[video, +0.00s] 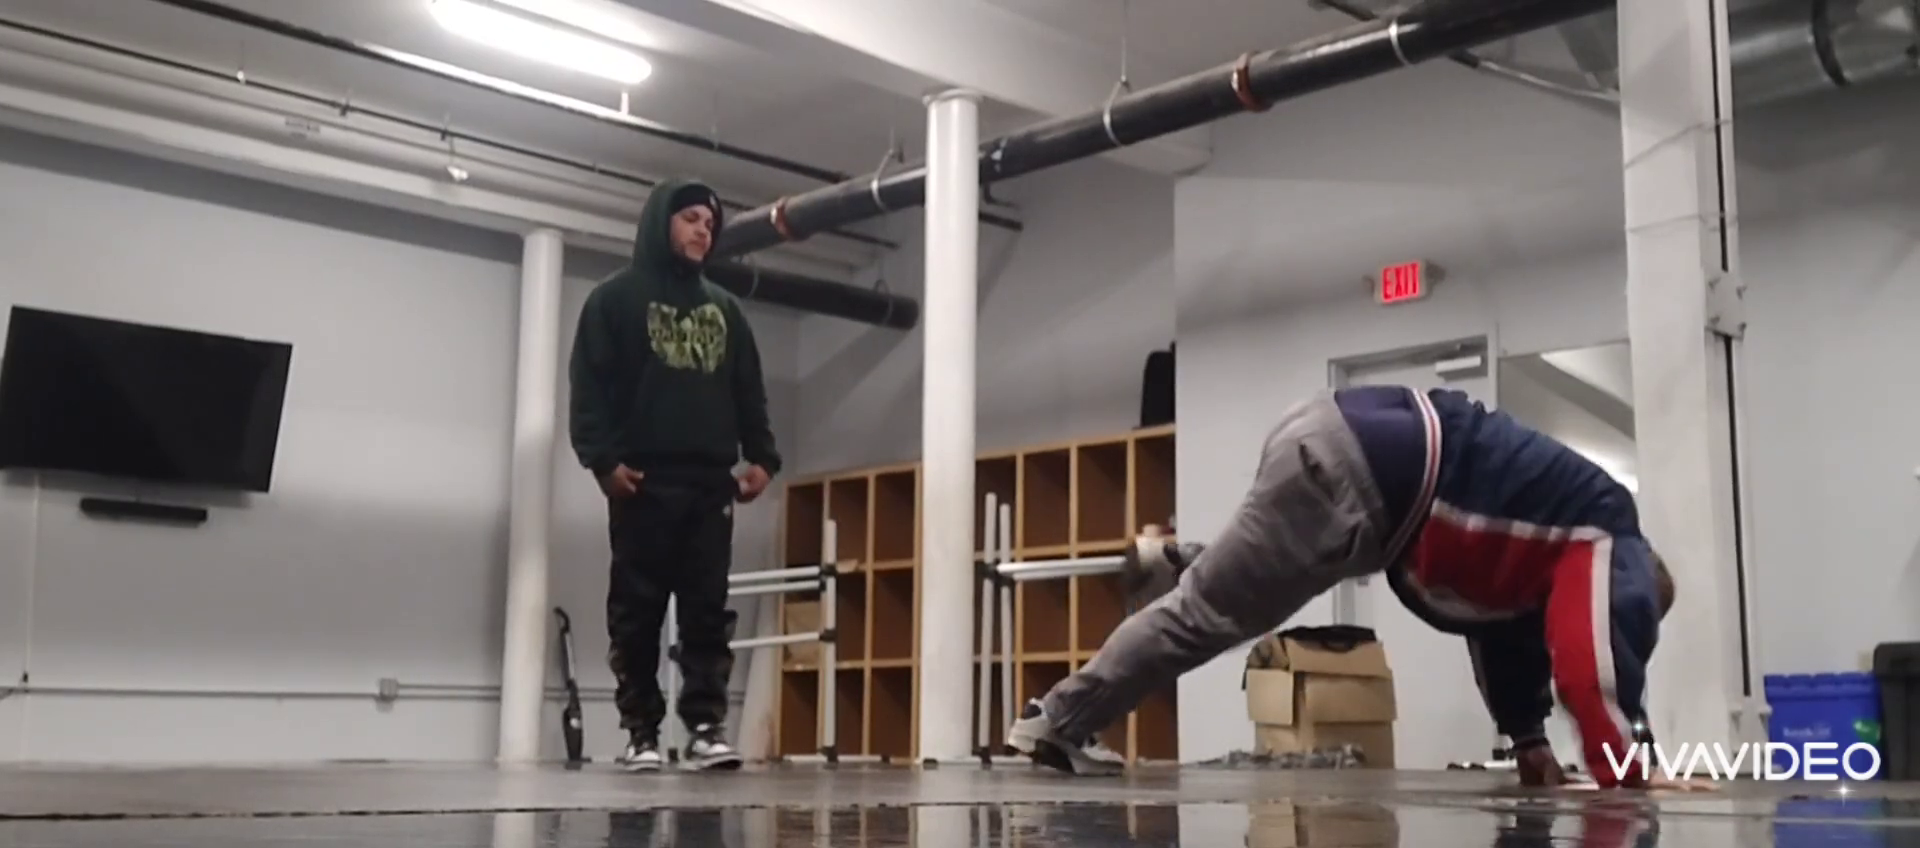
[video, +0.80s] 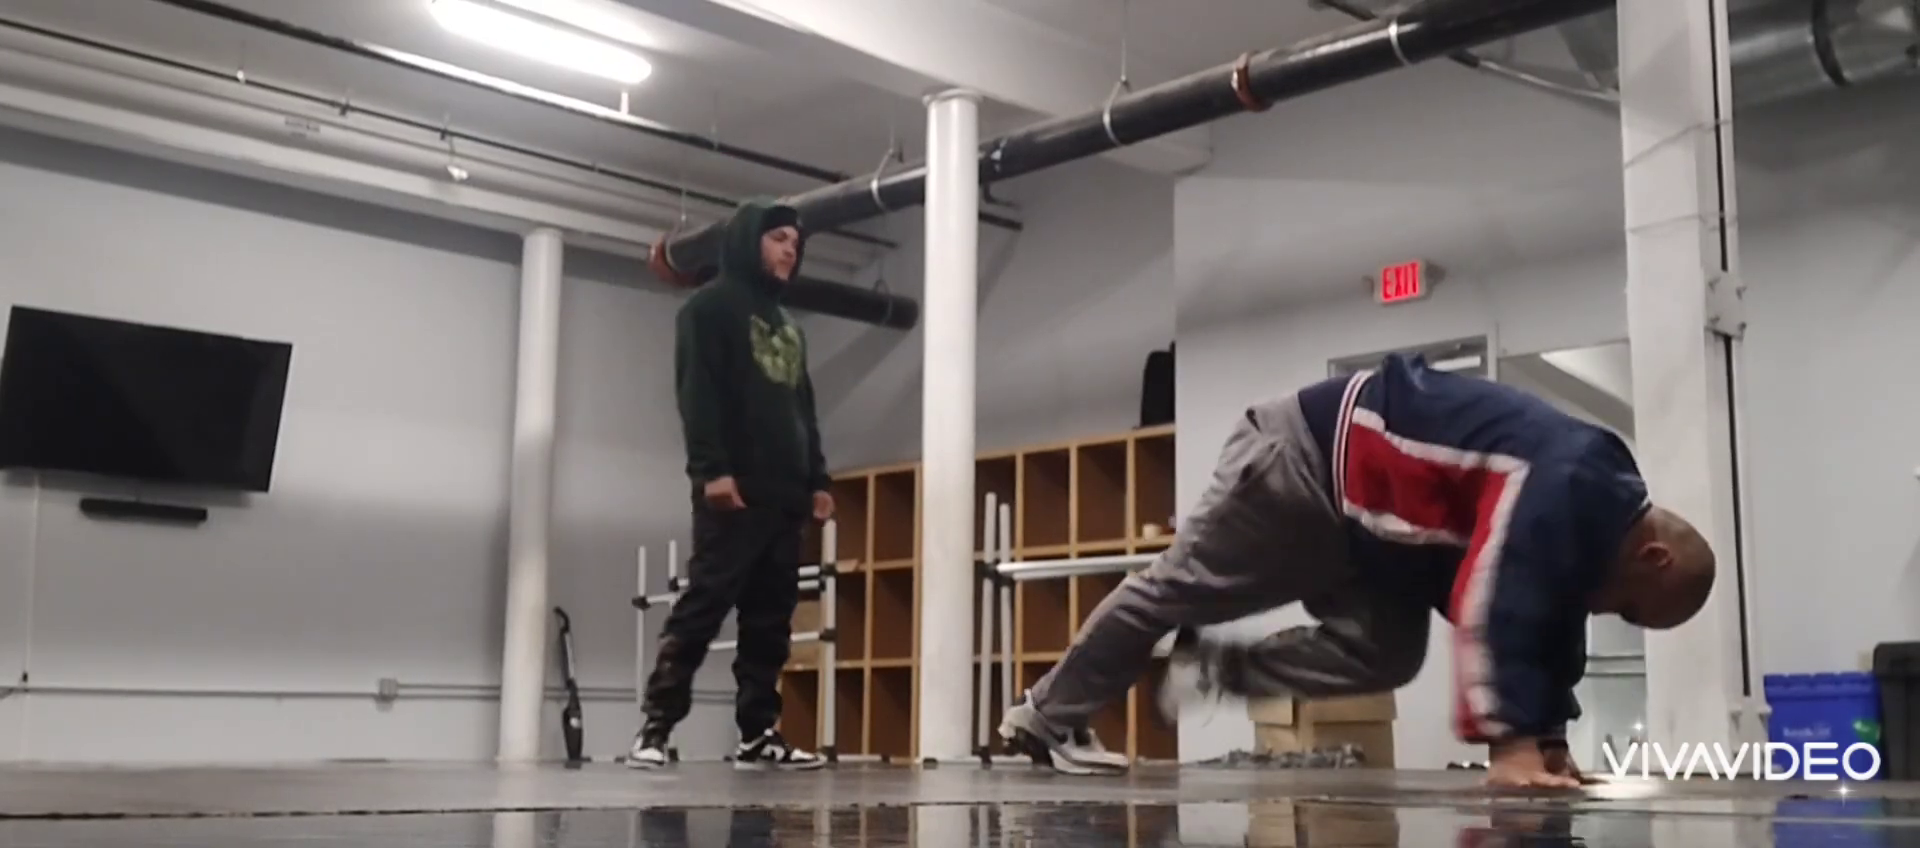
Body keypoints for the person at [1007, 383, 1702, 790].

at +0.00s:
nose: (1633, 625)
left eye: (1642, 620)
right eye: (1643, 615)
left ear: (1624, 568)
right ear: (1648, 577)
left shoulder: (1538, 558)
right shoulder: (1616, 543)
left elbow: (1511, 652)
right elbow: (1589, 659)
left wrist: (1534, 750)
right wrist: (1629, 769)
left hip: (1344, 444)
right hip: (1357, 460)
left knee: (1252, 583)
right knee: (1205, 615)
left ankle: (1170, 563)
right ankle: (1060, 721)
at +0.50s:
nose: (1645, 648)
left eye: (1659, 642)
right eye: (1661, 640)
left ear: (1660, 569)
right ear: (1670, 594)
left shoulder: (1582, 529)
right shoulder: (1627, 550)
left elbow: (1528, 658)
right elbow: (1577, 677)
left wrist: (1554, 752)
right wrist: (1620, 769)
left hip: (1327, 440)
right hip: (1336, 488)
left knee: (1275, 559)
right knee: (1184, 627)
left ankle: (1172, 528)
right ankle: (1051, 727)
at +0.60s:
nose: (1638, 626)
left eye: (1651, 624)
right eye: (1653, 617)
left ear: (1653, 565)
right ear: (1666, 571)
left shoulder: (1585, 540)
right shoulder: (1609, 524)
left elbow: (1539, 661)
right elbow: (1584, 666)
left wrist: (1557, 751)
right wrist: (1623, 763)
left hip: (1377, 533)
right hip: (1330, 466)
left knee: (1361, 615)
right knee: (1180, 607)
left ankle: (1235, 615)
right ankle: (1047, 716)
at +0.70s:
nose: (1620, 611)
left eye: (1632, 613)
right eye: (1636, 602)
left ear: (1637, 551)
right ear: (1650, 555)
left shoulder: (1581, 525)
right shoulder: (1575, 482)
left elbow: (1535, 636)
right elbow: (1562, 620)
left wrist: (1550, 741)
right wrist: (1604, 747)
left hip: (1372, 534)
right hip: (1309, 456)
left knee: (1389, 653)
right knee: (1175, 587)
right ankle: (1043, 718)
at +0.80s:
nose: (1608, 612)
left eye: (1623, 611)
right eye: (1627, 603)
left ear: (1649, 543)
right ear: (1646, 548)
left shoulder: (1600, 513)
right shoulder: (1569, 484)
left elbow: (1555, 627)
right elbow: (1499, 612)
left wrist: (1547, 748)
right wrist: (1511, 748)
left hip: (1375, 535)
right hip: (1309, 458)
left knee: (1385, 656)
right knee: (1177, 590)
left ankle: (1210, 668)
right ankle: (1044, 719)